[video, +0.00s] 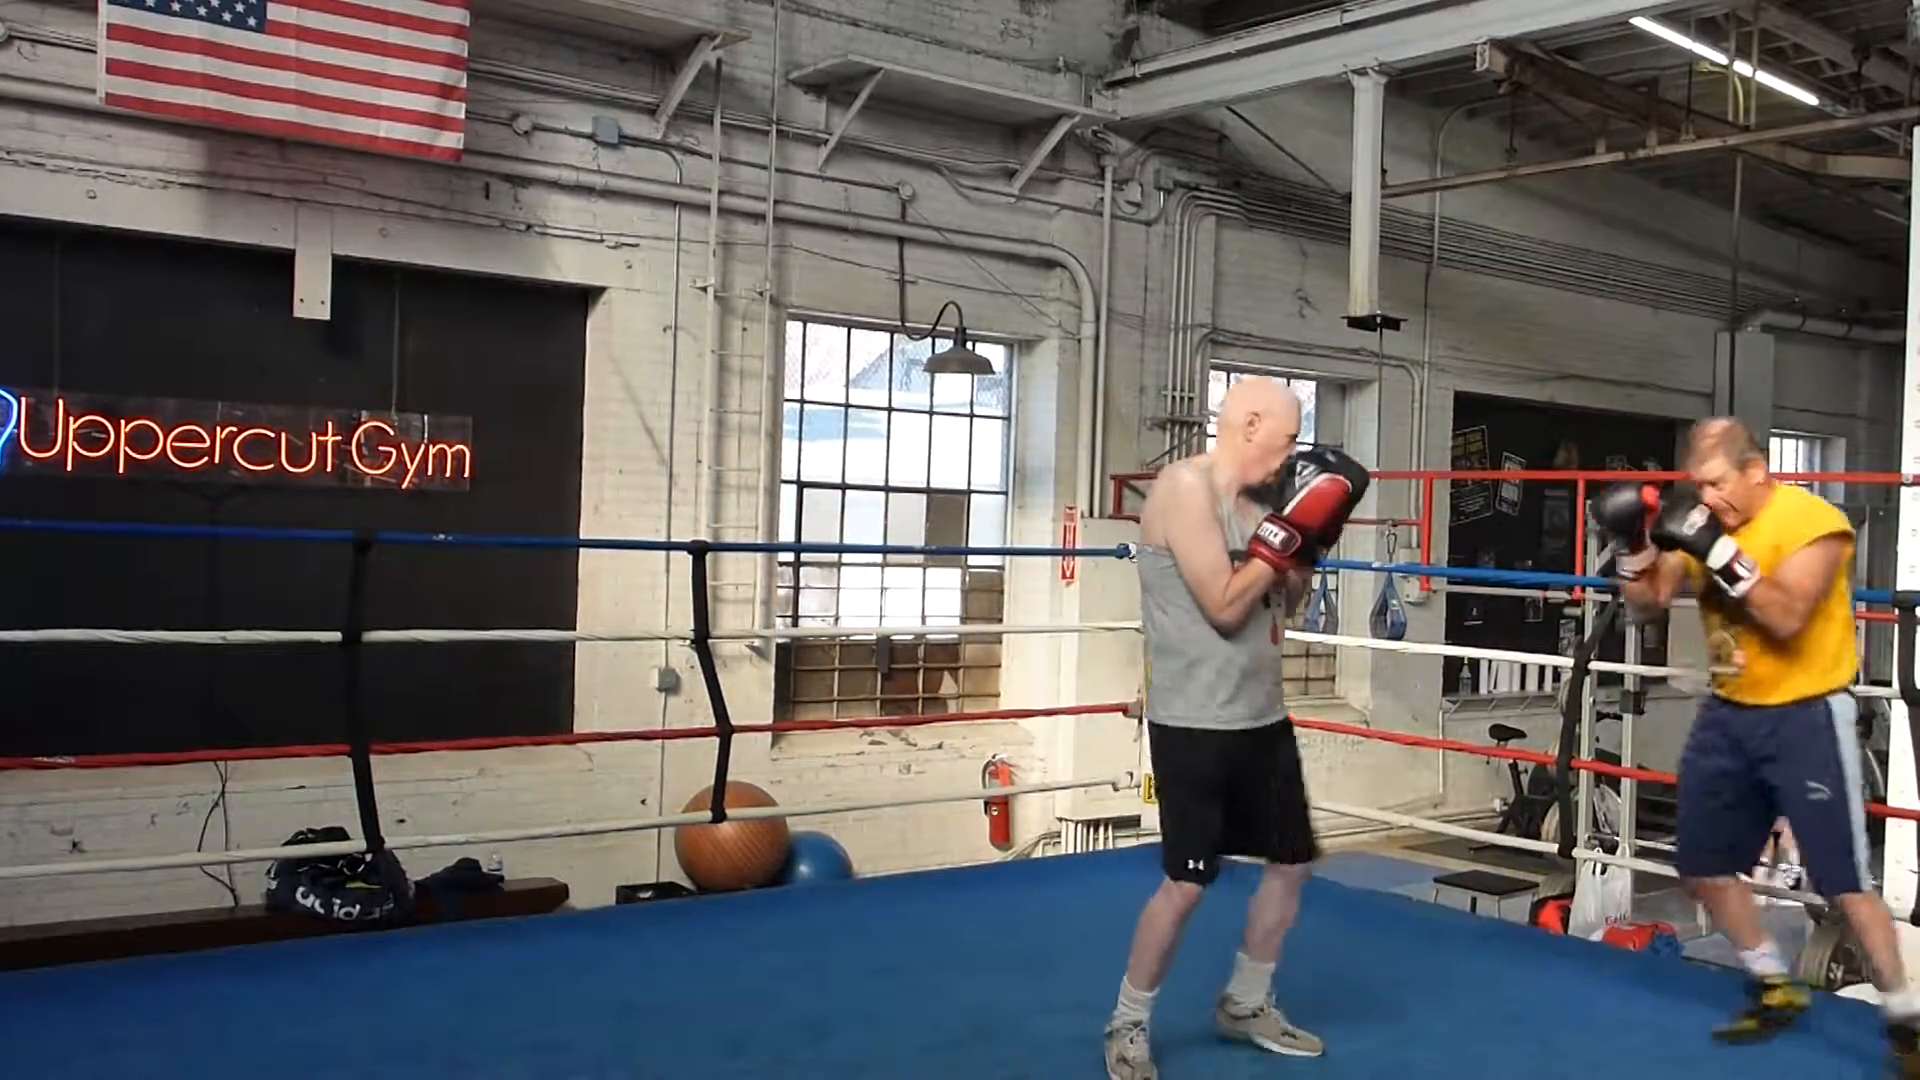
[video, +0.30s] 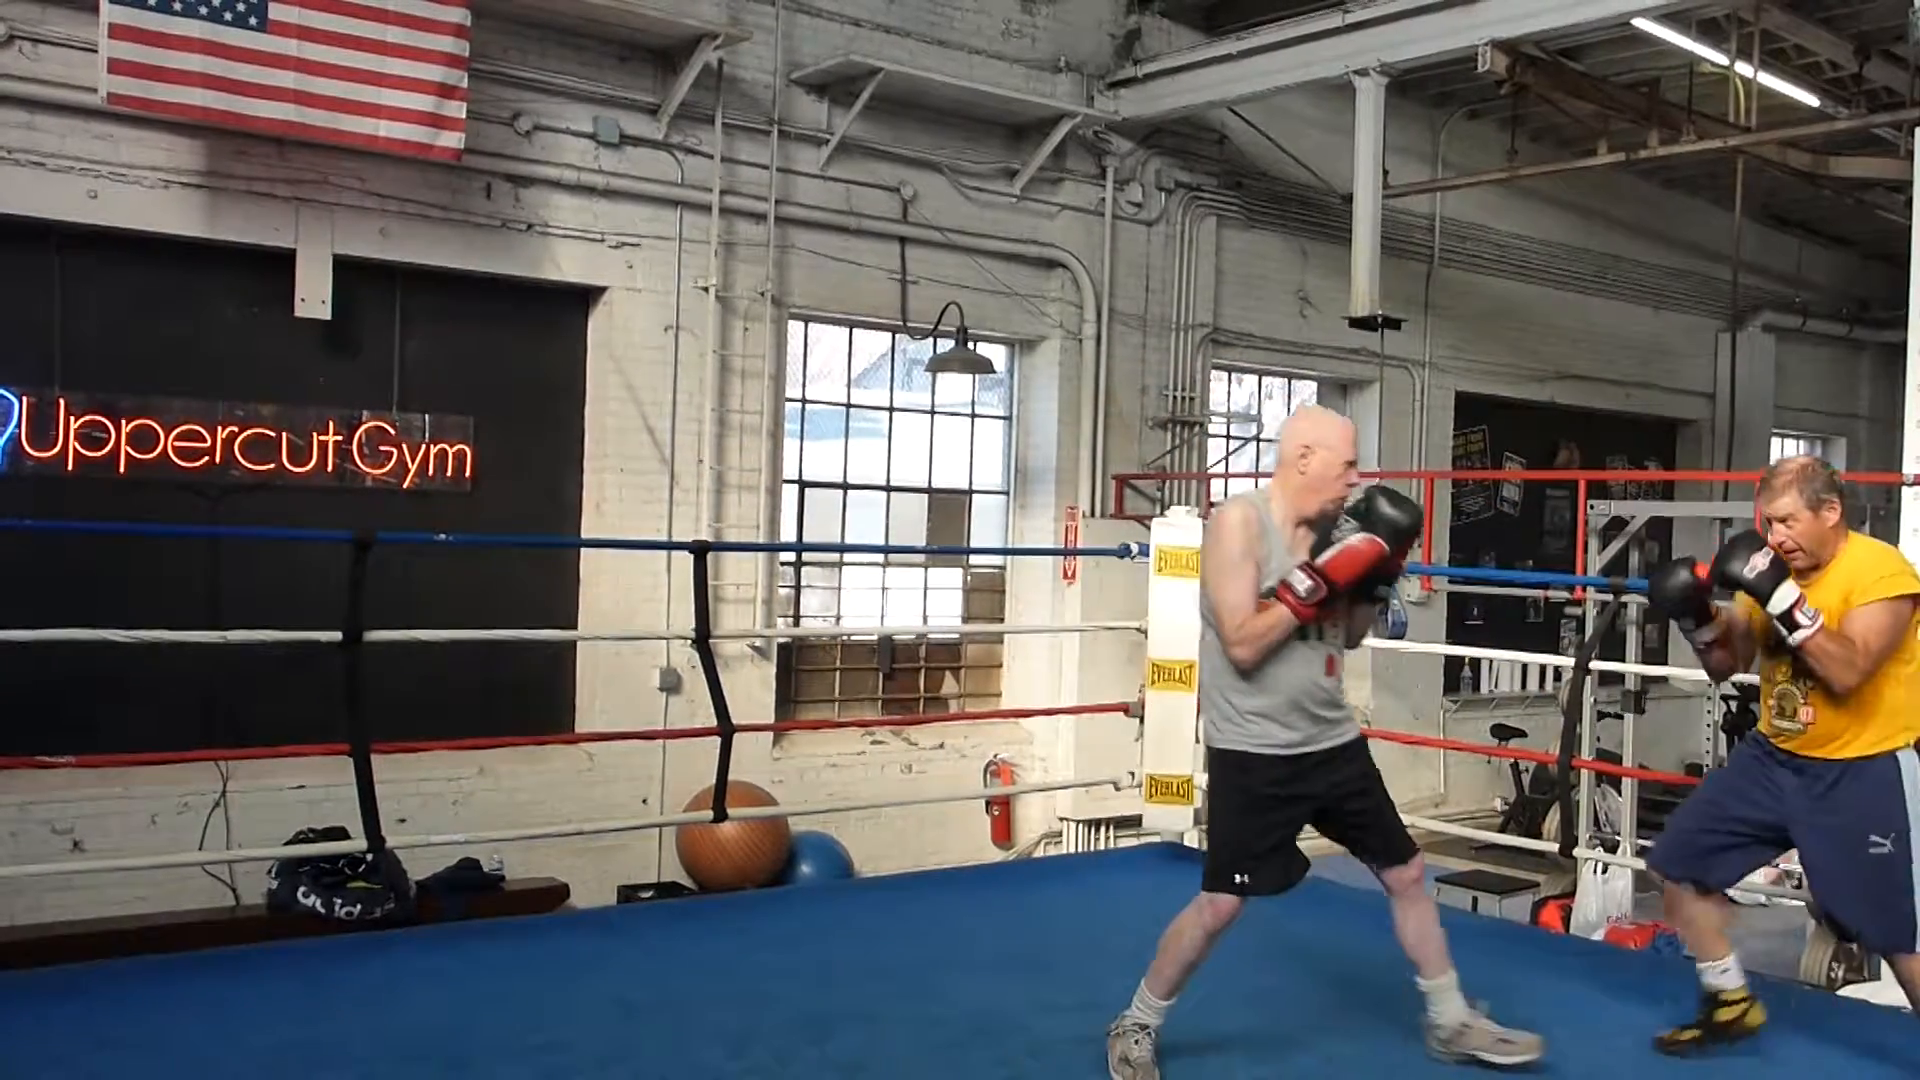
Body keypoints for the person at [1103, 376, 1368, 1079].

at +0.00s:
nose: (1288, 459)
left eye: (1292, 447)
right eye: (1285, 443)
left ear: (1253, 430)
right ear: (1246, 426)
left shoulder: (1249, 504)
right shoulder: (1183, 486)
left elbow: (1285, 605)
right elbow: (1224, 605)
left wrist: (1309, 532)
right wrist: (1284, 537)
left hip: (1260, 716)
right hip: (1192, 718)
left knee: (1291, 860)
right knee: (1188, 877)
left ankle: (1246, 1004)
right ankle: (1130, 1022)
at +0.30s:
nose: (1354, 481)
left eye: (1355, 468)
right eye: (1346, 466)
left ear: (1314, 459)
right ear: (1302, 458)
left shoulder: (1330, 530)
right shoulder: (1237, 521)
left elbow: (1345, 635)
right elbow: (1242, 646)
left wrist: (1377, 567)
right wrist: (1319, 578)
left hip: (1333, 743)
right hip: (1252, 750)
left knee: (1406, 872)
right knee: (1221, 904)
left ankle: (1451, 1020)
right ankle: (1137, 1026)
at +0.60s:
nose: (1447, 450)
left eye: (1445, 436)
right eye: (1438, 436)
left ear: (1388, 436)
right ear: (1396, 436)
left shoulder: (1363, 494)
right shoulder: (1388, 487)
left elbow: (1397, 597)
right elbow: (1496, 571)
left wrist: (1455, 545)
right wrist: (1552, 539)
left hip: (1390, 727)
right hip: (1335, 724)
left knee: (1442, 874)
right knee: (1274, 881)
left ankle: (1464, 1030)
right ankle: (1162, 1008)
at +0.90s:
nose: (1415, 451)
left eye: (1413, 439)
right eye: (1403, 438)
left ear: (1373, 445)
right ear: (1355, 444)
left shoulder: (1397, 521)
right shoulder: (1315, 509)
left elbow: (1413, 632)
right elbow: (1366, 627)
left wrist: (1437, 567)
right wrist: (1431, 576)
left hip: (1396, 738)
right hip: (1316, 733)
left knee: (1448, 886)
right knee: (1267, 893)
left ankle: (1463, 1032)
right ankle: (1175, 1021)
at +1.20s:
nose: (1391, 450)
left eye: (1390, 438)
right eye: (1380, 438)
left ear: (1342, 441)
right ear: (1333, 442)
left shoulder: (1365, 511)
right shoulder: (1280, 508)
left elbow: (1390, 624)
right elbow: (1326, 630)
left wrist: (1403, 554)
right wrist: (1383, 556)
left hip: (1350, 722)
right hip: (1274, 721)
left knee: (1396, 867)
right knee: (1243, 882)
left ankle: (1388, 1024)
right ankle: (1175, 1022)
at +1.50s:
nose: (1392, 451)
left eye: (1392, 439)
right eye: (1382, 438)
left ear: (1343, 438)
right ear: (1334, 438)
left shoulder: (1358, 512)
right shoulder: (1278, 502)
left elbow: (1388, 628)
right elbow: (1324, 628)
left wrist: (1390, 562)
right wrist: (1375, 555)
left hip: (1338, 723)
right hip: (1263, 718)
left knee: (1376, 871)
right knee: (1242, 877)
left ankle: (1385, 1025)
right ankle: (1174, 1020)